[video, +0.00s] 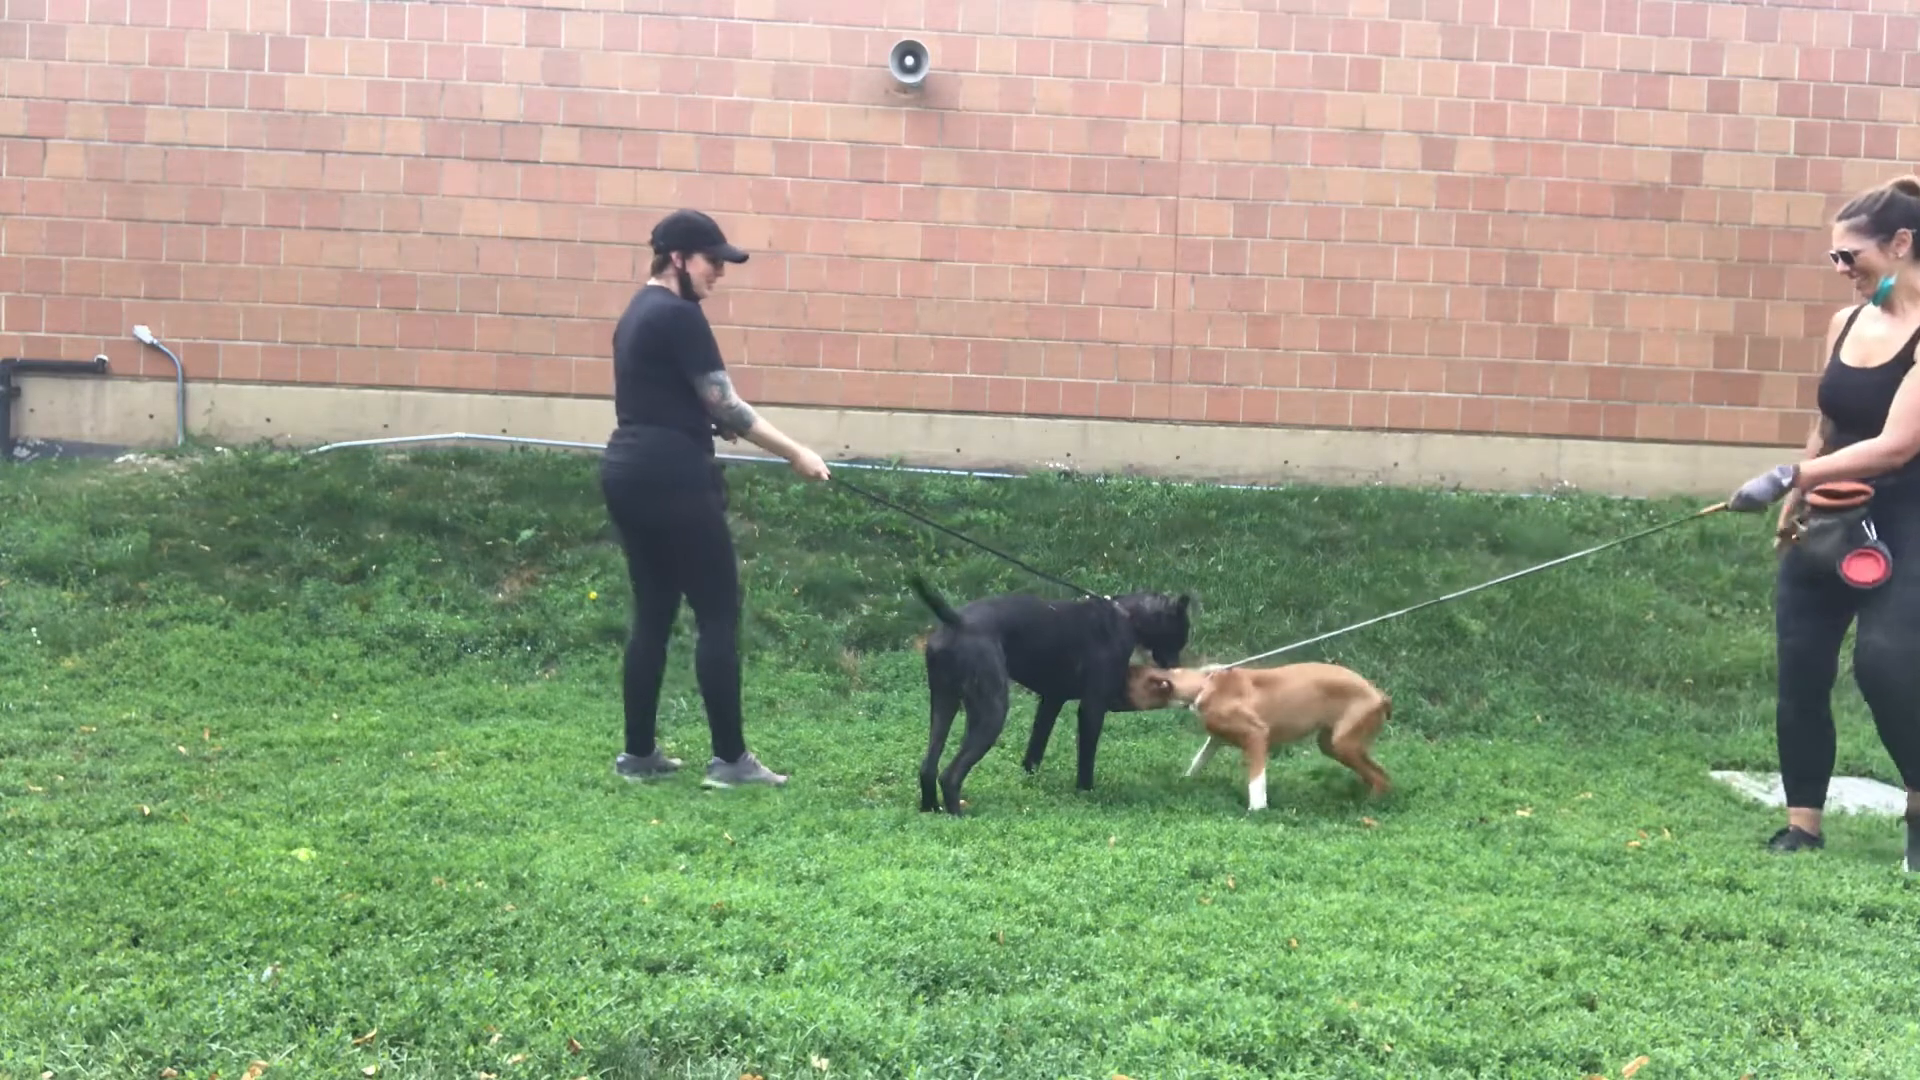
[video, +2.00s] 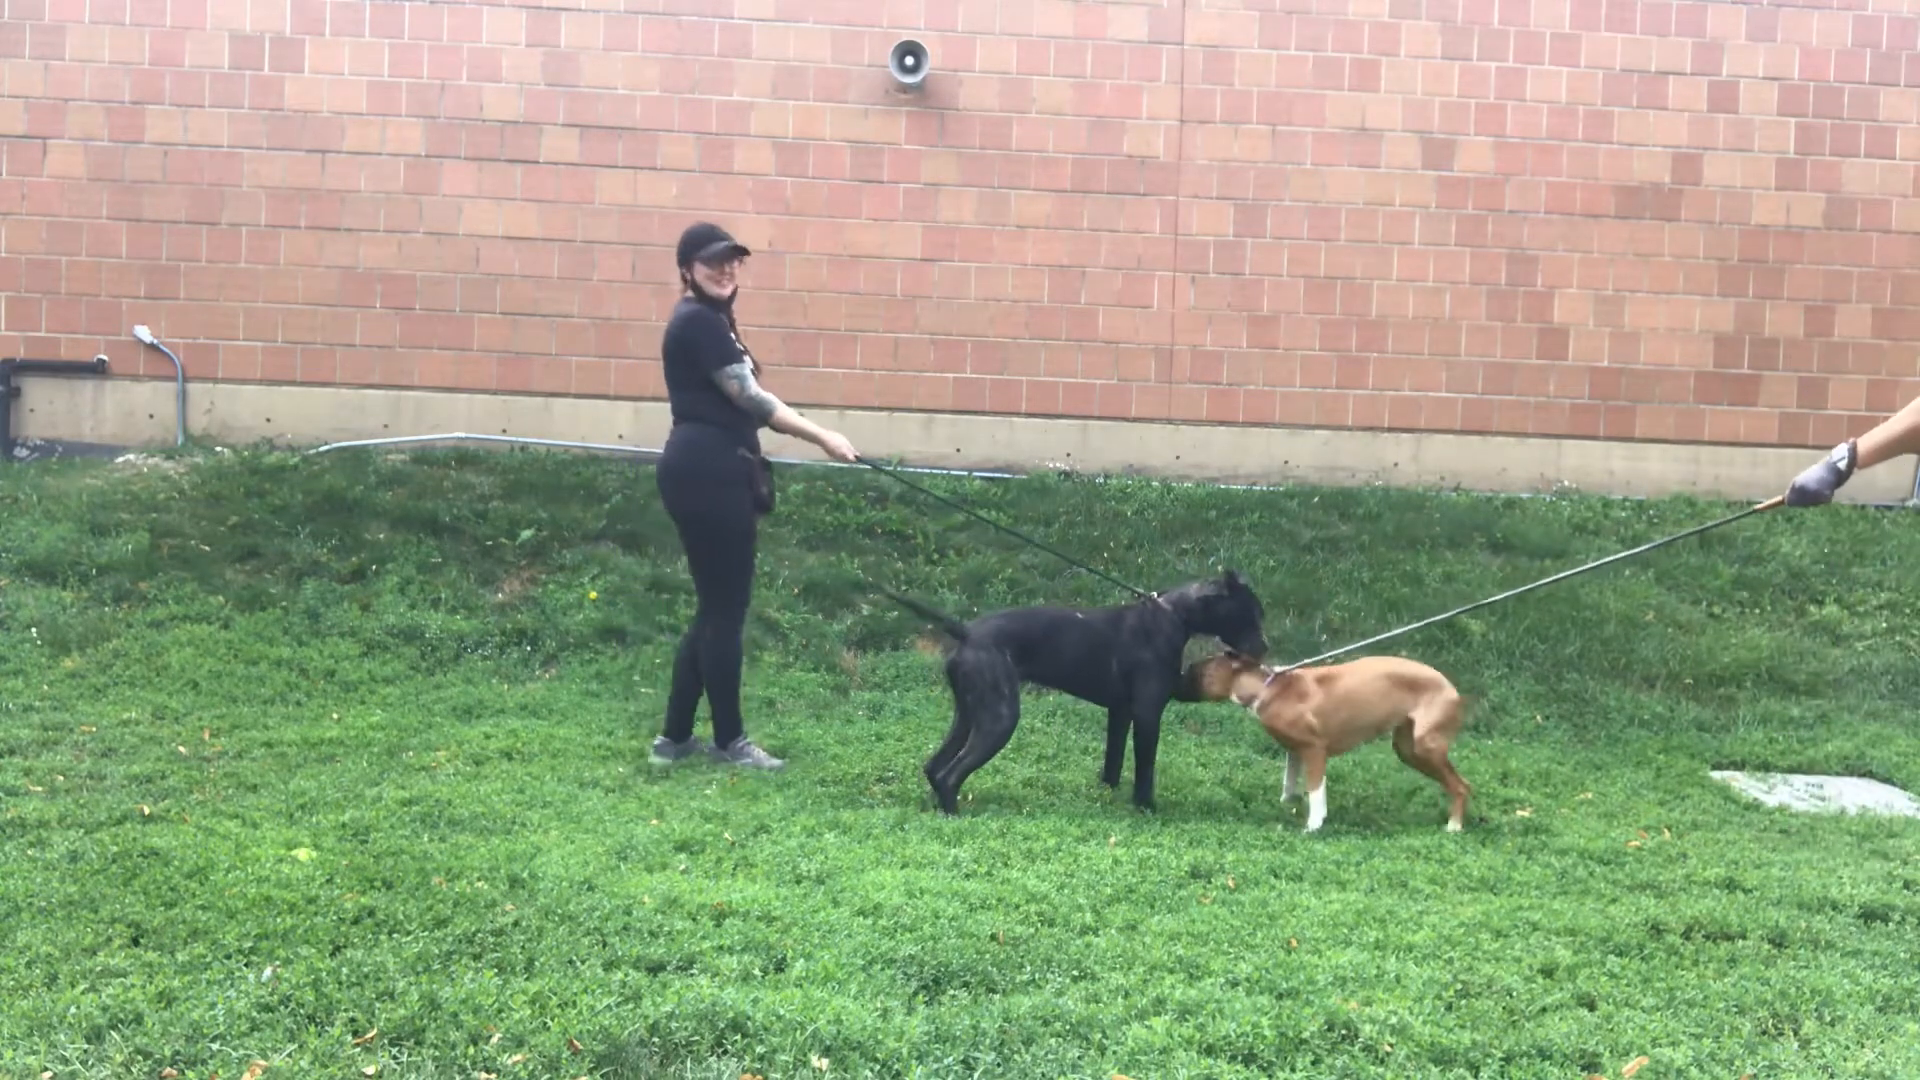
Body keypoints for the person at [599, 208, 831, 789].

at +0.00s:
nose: (720, 273)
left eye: (721, 263)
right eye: (714, 262)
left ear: (674, 261)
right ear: (679, 258)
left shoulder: (639, 311)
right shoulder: (680, 315)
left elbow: (671, 405)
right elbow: (725, 409)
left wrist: (726, 422)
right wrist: (795, 452)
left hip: (629, 466)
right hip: (676, 472)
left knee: (653, 609)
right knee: (719, 611)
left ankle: (639, 753)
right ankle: (732, 759)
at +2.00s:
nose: (727, 270)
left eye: (732, 261)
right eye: (714, 263)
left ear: (737, 267)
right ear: (689, 270)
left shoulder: (705, 317)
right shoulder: (700, 322)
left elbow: (733, 400)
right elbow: (752, 400)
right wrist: (823, 436)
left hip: (699, 463)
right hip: (710, 467)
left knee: (715, 605)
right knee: (726, 607)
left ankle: (675, 738)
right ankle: (729, 741)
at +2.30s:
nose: (763, 281)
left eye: (766, 272)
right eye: (754, 270)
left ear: (737, 274)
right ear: (721, 271)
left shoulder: (726, 319)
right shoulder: (716, 322)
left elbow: (752, 400)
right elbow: (761, 401)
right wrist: (832, 438)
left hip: (742, 470)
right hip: (720, 473)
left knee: (791, 587)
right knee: (726, 606)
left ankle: (760, 709)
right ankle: (726, 741)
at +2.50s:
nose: (777, 288)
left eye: (782, 280)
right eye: (769, 278)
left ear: (776, 281)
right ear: (737, 277)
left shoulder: (762, 333)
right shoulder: (726, 332)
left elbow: (778, 409)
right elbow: (766, 403)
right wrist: (842, 437)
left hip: (778, 473)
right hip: (737, 474)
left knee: (783, 605)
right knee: (738, 607)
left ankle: (795, 722)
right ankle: (728, 740)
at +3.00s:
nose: (804, 287)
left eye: (808, 279)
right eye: (794, 278)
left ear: (808, 283)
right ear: (764, 281)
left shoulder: (803, 343)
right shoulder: (749, 338)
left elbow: (805, 420)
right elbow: (794, 406)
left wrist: (822, 480)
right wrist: (865, 439)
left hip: (802, 481)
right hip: (754, 478)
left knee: (795, 605)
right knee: (754, 603)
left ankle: (797, 723)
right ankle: (718, 729)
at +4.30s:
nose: (851, 298)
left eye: (857, 289)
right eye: (841, 289)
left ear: (863, 290)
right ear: (816, 290)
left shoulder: (854, 347)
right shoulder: (801, 340)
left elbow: (858, 411)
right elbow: (823, 410)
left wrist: (887, 431)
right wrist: (890, 446)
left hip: (836, 480)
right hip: (801, 477)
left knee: (813, 604)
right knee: (866, 578)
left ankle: (799, 721)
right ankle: (869, 713)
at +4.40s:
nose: (861, 300)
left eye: (867, 291)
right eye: (851, 291)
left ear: (872, 292)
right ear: (826, 291)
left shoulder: (859, 347)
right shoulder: (813, 342)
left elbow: (866, 413)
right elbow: (833, 414)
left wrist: (895, 434)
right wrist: (901, 450)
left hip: (845, 482)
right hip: (816, 481)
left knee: (817, 606)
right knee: (874, 590)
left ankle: (799, 722)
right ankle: (899, 717)